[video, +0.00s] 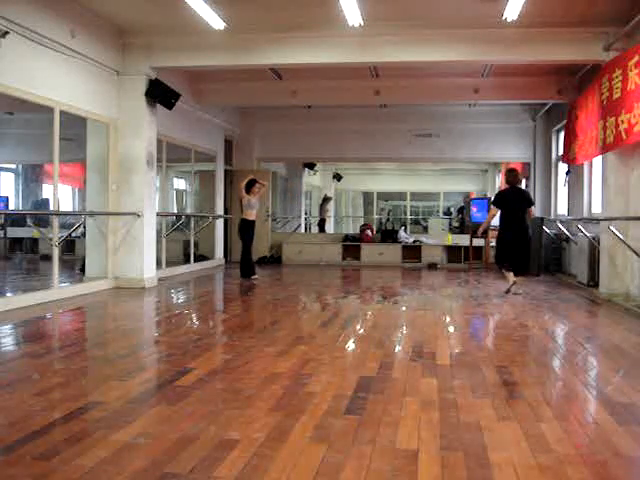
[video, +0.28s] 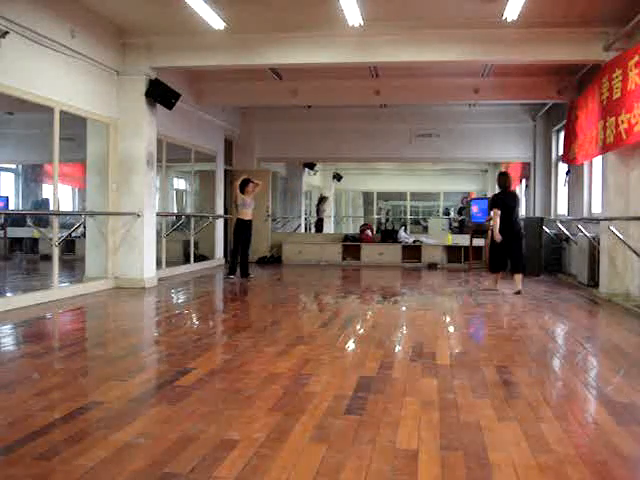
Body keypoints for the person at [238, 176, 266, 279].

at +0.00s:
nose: (257, 190)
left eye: (258, 188)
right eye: (255, 187)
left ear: (258, 189)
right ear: (251, 188)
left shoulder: (256, 197)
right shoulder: (245, 197)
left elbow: (265, 186)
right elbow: (242, 186)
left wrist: (258, 182)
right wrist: (248, 178)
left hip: (252, 222)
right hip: (245, 221)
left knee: (248, 248)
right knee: (246, 248)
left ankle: (248, 272)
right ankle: (248, 272)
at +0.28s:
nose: (251, 189)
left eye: (252, 186)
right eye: (249, 186)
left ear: (253, 188)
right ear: (245, 187)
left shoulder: (251, 196)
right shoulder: (240, 197)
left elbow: (259, 184)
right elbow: (236, 185)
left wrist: (253, 180)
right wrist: (242, 178)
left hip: (248, 221)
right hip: (240, 220)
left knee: (245, 249)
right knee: (236, 248)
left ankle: (245, 273)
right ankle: (231, 272)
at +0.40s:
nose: (248, 188)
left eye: (249, 186)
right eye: (246, 186)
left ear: (249, 188)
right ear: (241, 187)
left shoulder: (248, 197)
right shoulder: (236, 197)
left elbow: (256, 185)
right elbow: (232, 184)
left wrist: (249, 180)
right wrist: (239, 177)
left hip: (246, 221)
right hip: (237, 220)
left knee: (244, 249)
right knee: (232, 249)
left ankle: (245, 273)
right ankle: (227, 273)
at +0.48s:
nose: (246, 188)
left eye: (247, 186)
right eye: (244, 186)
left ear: (247, 187)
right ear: (239, 187)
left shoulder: (247, 196)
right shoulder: (235, 196)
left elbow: (255, 185)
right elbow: (231, 184)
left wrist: (248, 182)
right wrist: (238, 177)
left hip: (244, 221)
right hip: (235, 221)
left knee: (244, 249)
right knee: (230, 248)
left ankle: (245, 273)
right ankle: (227, 273)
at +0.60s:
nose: (242, 188)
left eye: (243, 185)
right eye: (239, 185)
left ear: (244, 187)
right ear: (235, 187)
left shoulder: (243, 196)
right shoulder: (230, 196)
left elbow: (252, 185)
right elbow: (226, 184)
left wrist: (244, 182)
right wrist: (233, 178)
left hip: (241, 220)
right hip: (231, 221)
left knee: (242, 249)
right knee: (228, 248)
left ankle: (244, 273)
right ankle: (226, 272)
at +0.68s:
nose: (241, 188)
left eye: (242, 185)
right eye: (239, 185)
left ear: (243, 187)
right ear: (234, 187)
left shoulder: (243, 196)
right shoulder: (230, 196)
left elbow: (252, 186)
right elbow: (226, 185)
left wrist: (246, 184)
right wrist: (232, 178)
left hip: (240, 220)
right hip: (230, 220)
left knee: (242, 248)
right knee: (228, 248)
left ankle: (244, 273)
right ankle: (226, 272)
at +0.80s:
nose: (239, 187)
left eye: (240, 185)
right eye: (237, 185)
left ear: (241, 187)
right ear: (232, 186)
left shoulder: (241, 196)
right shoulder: (228, 197)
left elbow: (252, 187)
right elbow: (225, 189)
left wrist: (245, 186)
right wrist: (227, 183)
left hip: (238, 220)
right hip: (229, 220)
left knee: (240, 248)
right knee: (226, 248)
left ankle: (244, 272)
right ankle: (226, 272)